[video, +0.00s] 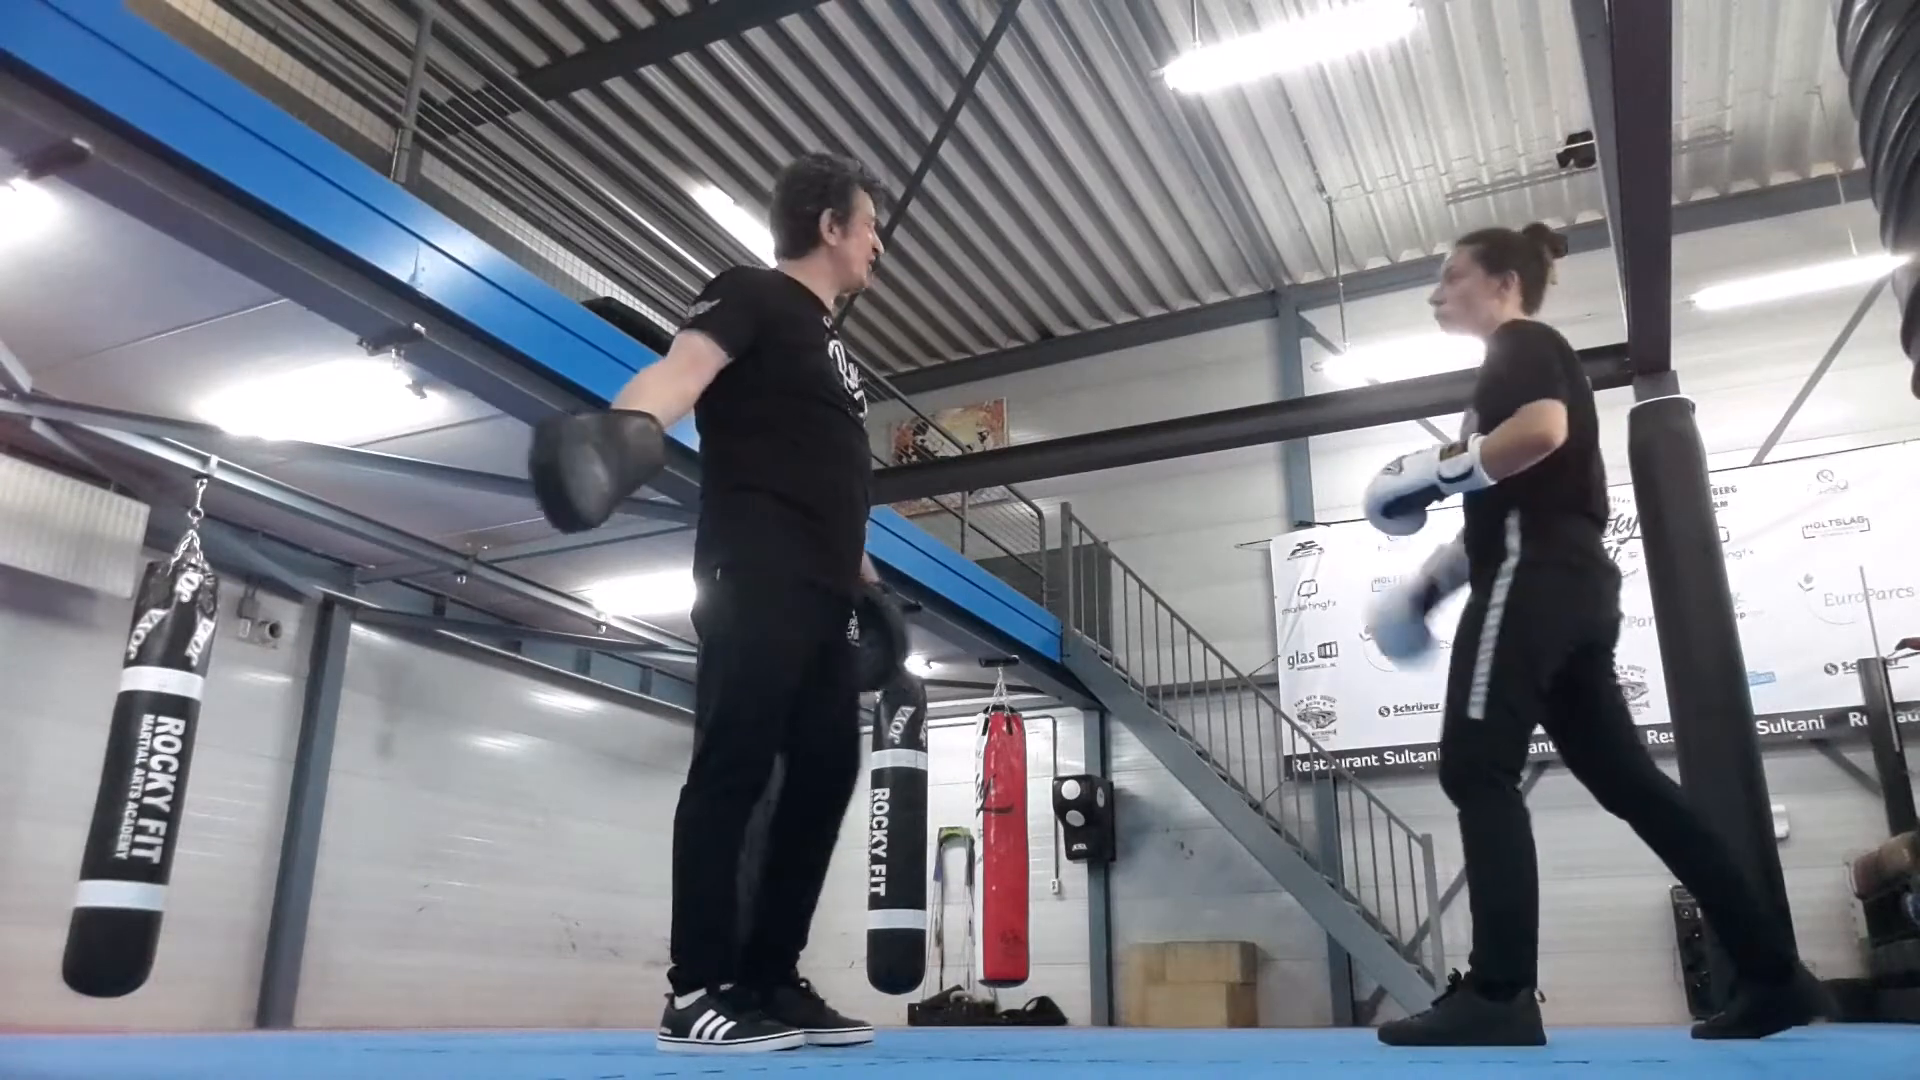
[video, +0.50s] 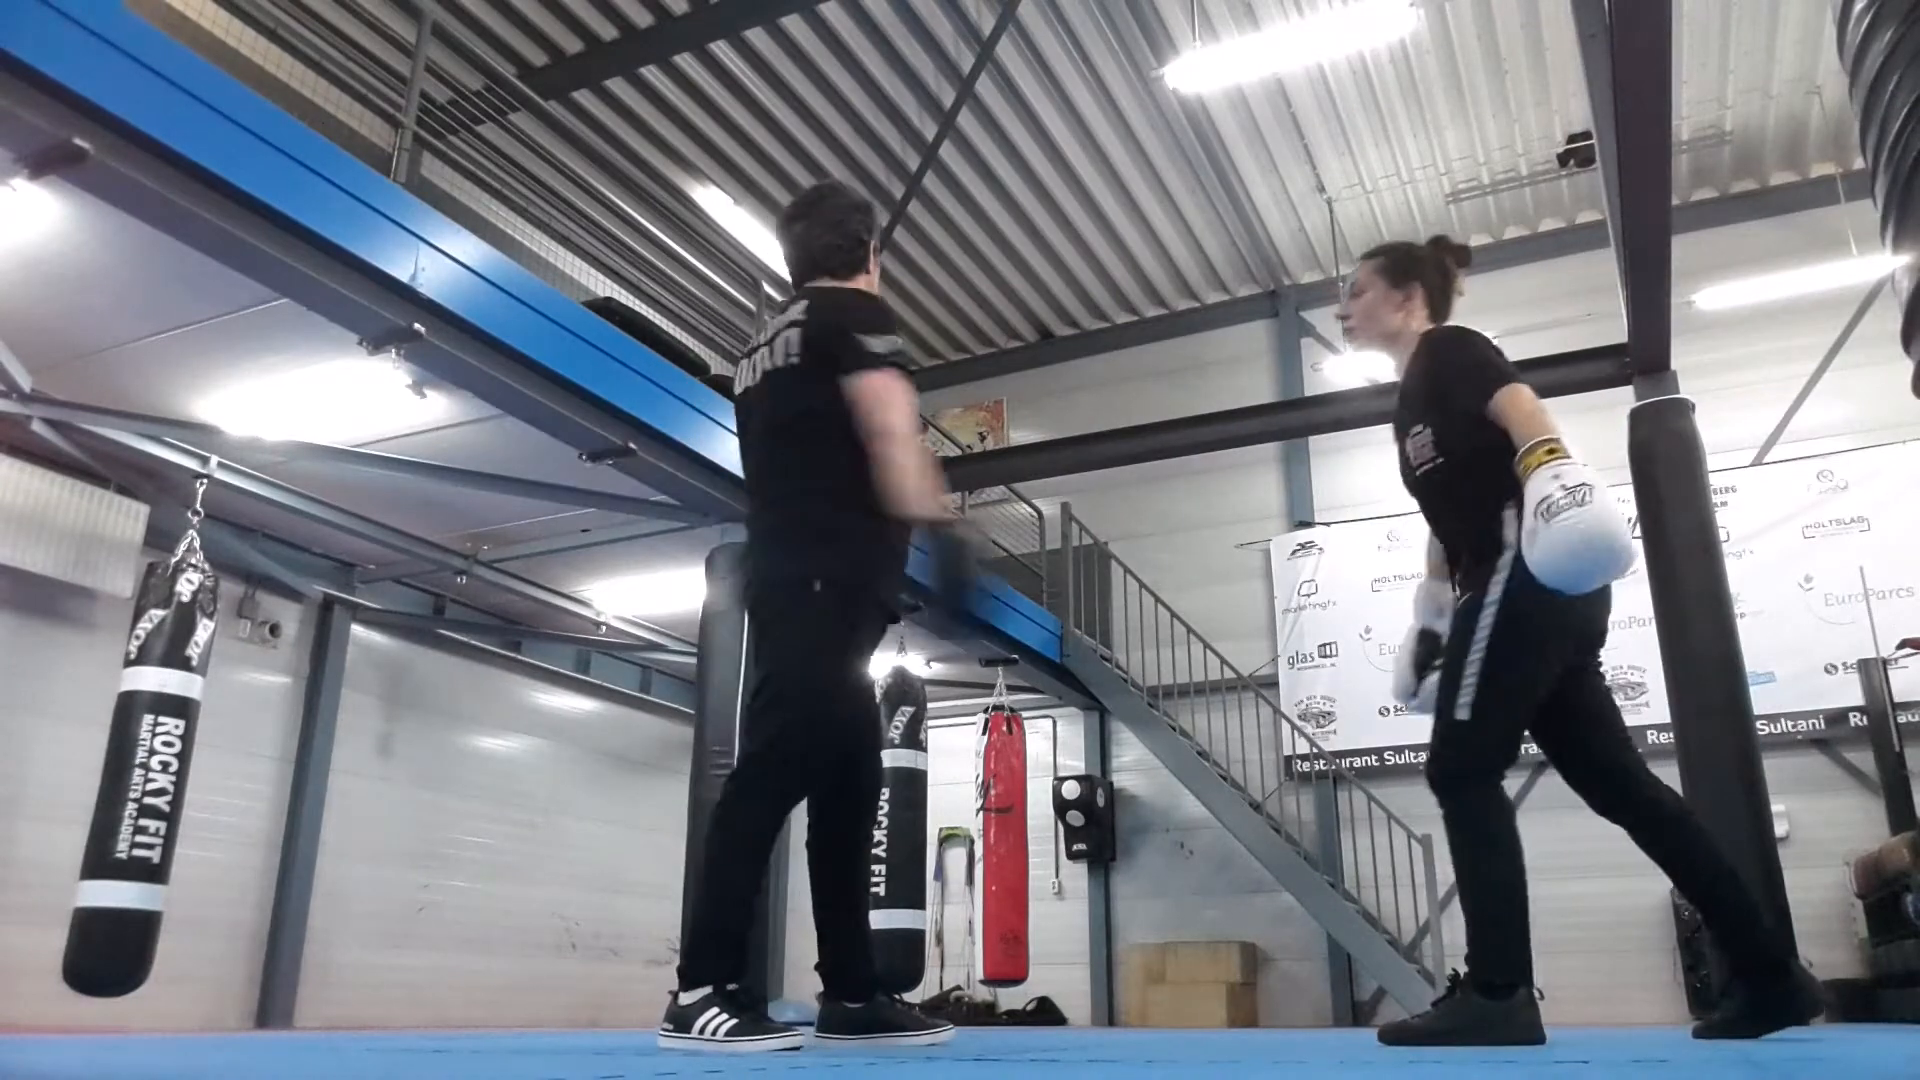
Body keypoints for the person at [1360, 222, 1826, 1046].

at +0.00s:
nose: (1439, 291)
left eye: (1452, 277)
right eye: (1442, 278)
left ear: (1501, 282)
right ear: (1505, 290)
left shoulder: (1520, 341)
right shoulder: (1531, 363)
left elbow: (1543, 429)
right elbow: (1509, 510)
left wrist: (1442, 470)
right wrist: (1429, 583)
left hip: (1531, 570)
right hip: (1569, 576)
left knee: (1476, 770)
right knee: (1627, 782)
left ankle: (1497, 998)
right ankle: (1772, 976)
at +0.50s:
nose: (1345, 306)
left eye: (1358, 292)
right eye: (1346, 294)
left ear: (1407, 296)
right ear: (1396, 303)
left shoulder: (1447, 349)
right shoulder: (1412, 399)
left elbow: (1516, 407)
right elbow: (1451, 519)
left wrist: (1555, 476)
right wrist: (1431, 618)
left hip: (1527, 576)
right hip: (1526, 589)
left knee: (1461, 769)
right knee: (1619, 786)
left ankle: (1496, 996)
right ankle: (1768, 973)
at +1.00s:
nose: (1297, 289)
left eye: (1304, 272)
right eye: (1299, 275)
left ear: (1342, 270)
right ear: (1367, 274)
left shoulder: (1368, 329)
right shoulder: (1400, 343)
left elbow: (1361, 435)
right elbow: (1345, 461)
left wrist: (1321, 532)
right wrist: (1240, 452)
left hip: (1442, 554)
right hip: (1487, 551)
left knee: (1446, 763)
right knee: (1450, 761)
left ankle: (1502, 989)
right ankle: (1522, 971)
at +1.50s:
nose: (1283, 351)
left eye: (1284, 342)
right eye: (1285, 343)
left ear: (1299, 338)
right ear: (1354, 344)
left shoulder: (1302, 388)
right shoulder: (1393, 411)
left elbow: (1281, 485)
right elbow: (1404, 519)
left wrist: (1224, 576)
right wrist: (1329, 568)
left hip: (1350, 592)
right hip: (1418, 592)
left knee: (1347, 784)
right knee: (1376, 791)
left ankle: (1460, 947)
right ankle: (1392, 984)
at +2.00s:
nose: (1214, 426)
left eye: (1215, 416)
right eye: (1215, 418)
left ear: (1231, 409)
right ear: (1285, 411)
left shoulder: (1234, 451)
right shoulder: (1338, 467)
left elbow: (1222, 505)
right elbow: (1402, 547)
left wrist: (1187, 554)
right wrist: (1468, 606)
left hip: (1274, 645)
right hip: (1356, 645)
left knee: (1245, 818)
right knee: (1361, 820)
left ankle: (1209, 990)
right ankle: (1394, 1000)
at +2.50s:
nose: (1148, 430)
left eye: (1155, 420)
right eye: (1152, 419)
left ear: (1171, 425)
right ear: (1207, 426)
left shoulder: (1163, 492)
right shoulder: (1235, 493)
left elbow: (1151, 591)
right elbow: (1253, 592)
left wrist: (1135, 653)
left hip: (1196, 661)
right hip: (1250, 658)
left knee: (1194, 825)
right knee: (1199, 821)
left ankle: (1223, 999)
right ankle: (1266, 972)